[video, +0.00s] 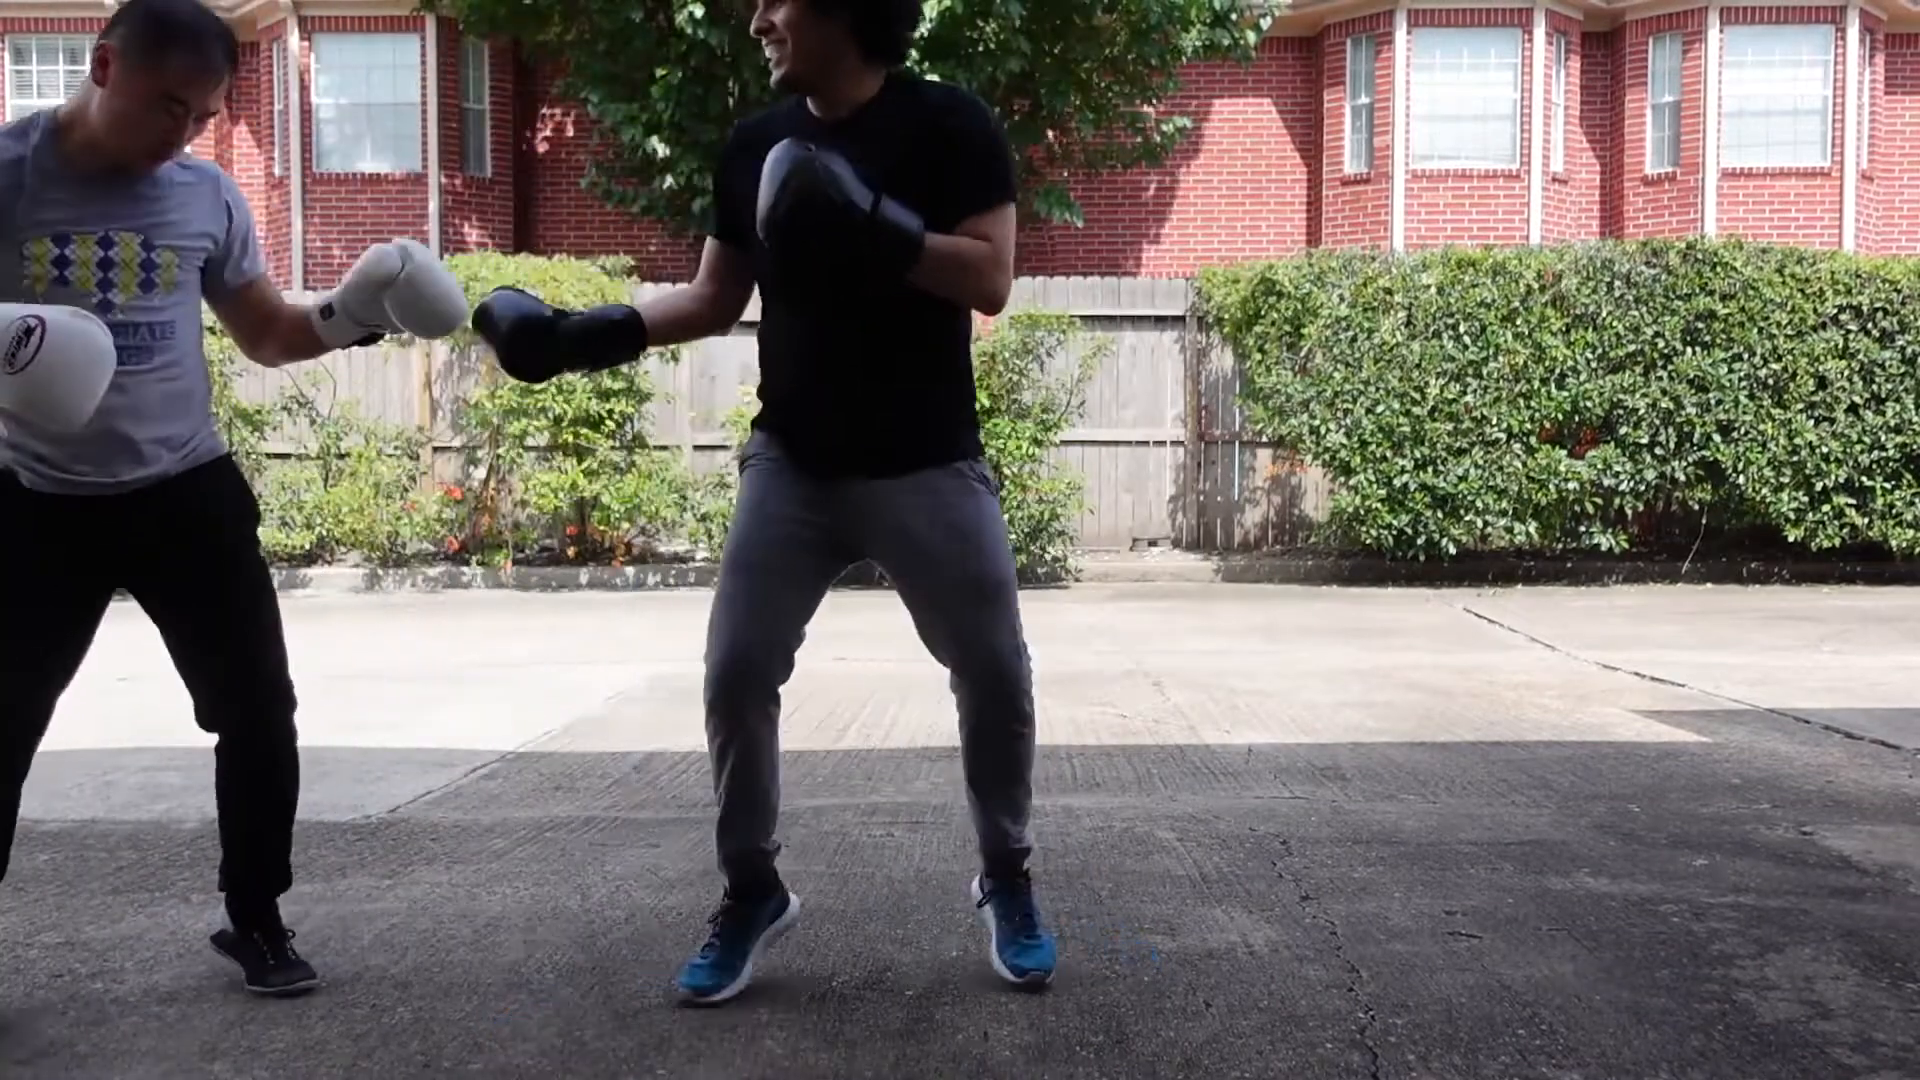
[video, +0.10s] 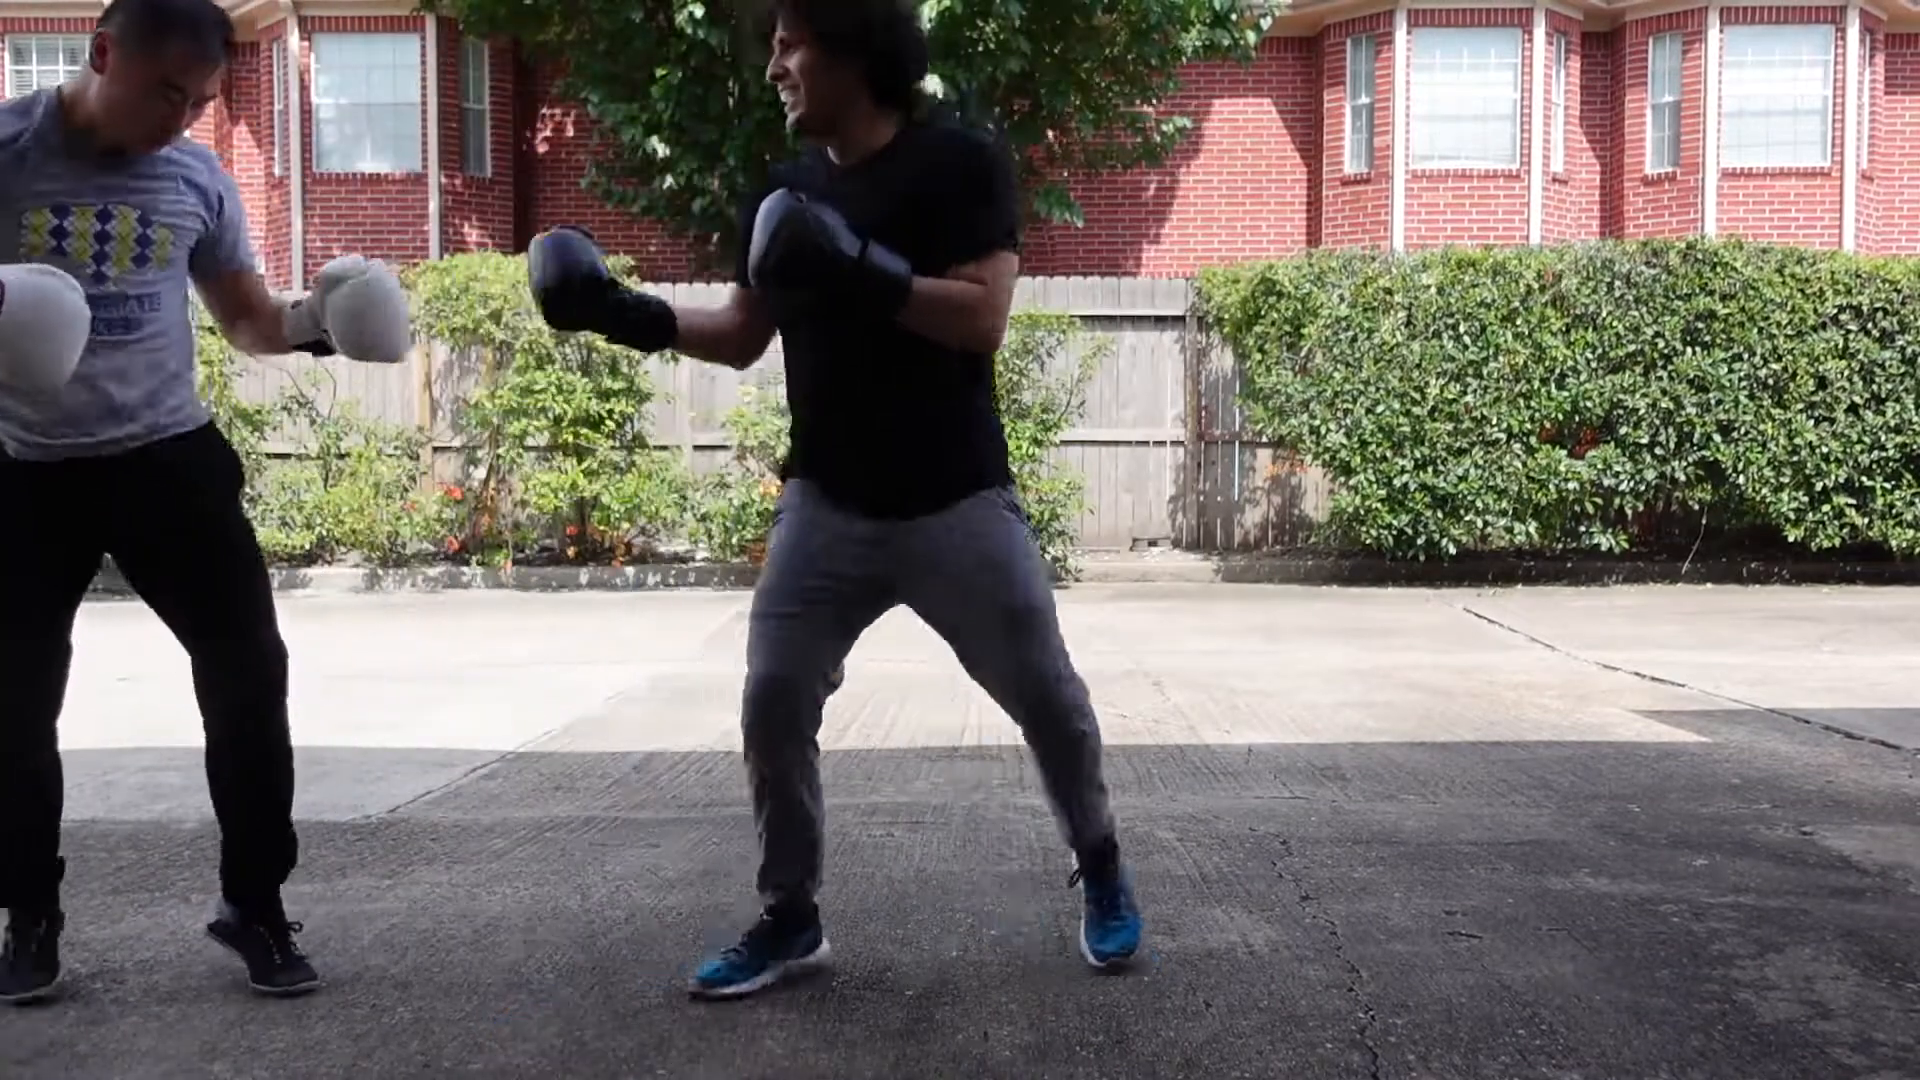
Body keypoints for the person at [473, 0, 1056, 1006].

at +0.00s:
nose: (763, 22)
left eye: (781, 4)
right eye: (763, 6)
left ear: (848, 15)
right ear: (792, 22)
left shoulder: (952, 126)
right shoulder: (759, 146)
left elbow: (990, 283)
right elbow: (710, 298)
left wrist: (870, 218)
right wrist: (573, 333)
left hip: (929, 470)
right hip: (792, 469)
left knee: (999, 675)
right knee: (736, 676)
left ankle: (1007, 879)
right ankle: (751, 895)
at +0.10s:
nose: (776, 65)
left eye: (792, 44)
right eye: (774, 46)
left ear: (856, 49)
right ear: (820, 58)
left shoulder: (961, 163)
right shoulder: (789, 187)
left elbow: (984, 316)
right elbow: (739, 334)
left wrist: (858, 267)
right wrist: (619, 309)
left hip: (958, 503)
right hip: (826, 505)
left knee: (1050, 700)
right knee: (772, 701)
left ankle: (1100, 871)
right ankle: (790, 919)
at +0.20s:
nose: (813, 119)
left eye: (827, 101)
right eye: (811, 103)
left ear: (883, 107)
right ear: (839, 112)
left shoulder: (984, 201)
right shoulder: (830, 218)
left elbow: (982, 350)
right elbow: (773, 356)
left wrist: (838, 324)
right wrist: (691, 282)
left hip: (992, 537)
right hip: (867, 534)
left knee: (1067, 722)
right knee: (794, 711)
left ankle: (1167, 869)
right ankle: (790, 922)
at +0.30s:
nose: (869, 129)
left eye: (881, 111)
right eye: (868, 113)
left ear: (935, 114)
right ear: (926, 120)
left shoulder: (1026, 208)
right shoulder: (903, 226)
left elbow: (970, 346)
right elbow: (869, 327)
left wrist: (825, 346)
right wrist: (795, 281)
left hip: (1040, 528)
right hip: (930, 525)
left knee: (1086, 717)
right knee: (845, 701)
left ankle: (1164, 886)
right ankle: (797, 912)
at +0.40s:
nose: (915, 122)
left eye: (929, 103)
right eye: (916, 104)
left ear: (982, 107)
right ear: (964, 114)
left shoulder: (1056, 202)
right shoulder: (963, 209)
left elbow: (958, 324)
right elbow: (916, 308)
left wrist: (819, 325)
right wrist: (861, 258)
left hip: (1067, 508)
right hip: (968, 506)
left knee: (1096, 699)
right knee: (891, 667)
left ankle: (1169, 889)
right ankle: (875, 884)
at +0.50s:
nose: (946, 128)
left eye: (959, 110)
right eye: (945, 111)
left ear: (1015, 112)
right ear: (986, 114)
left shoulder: (1075, 203)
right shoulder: (988, 209)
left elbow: (962, 296)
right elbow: (950, 309)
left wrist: (816, 296)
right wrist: (902, 259)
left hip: (1081, 498)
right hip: (993, 496)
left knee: (1102, 688)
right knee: (930, 657)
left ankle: (1168, 885)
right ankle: (987, 847)